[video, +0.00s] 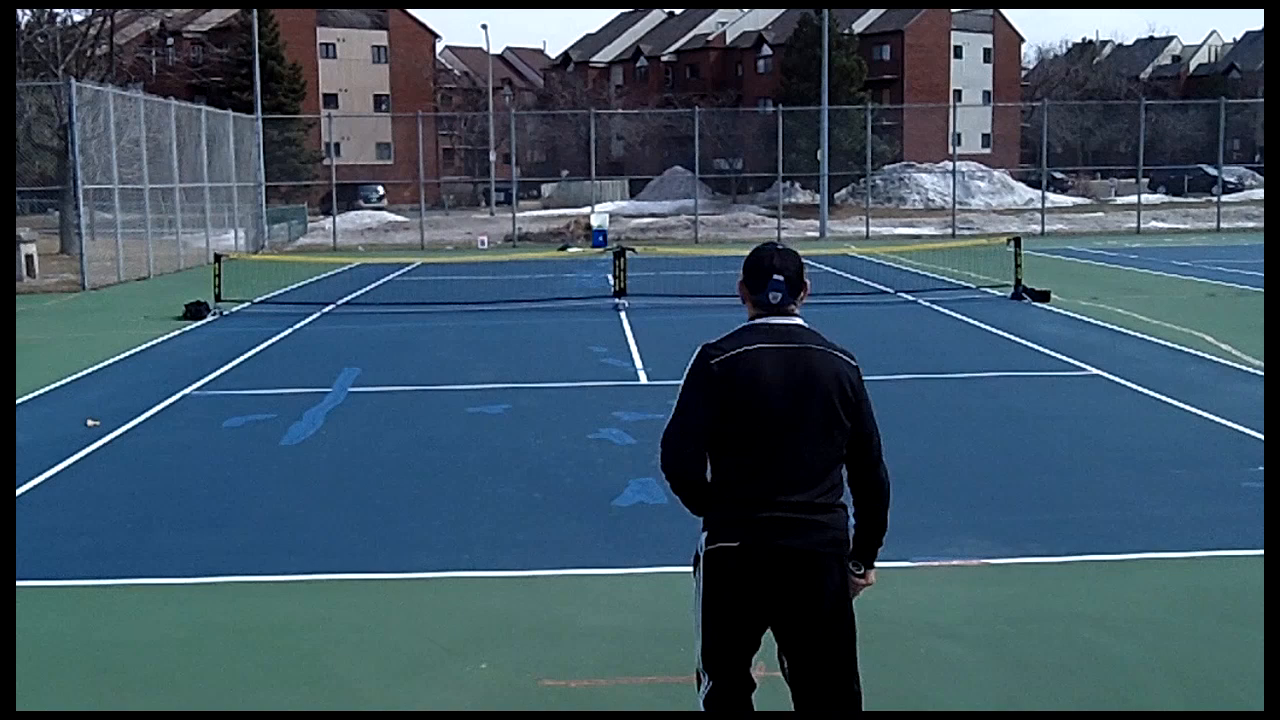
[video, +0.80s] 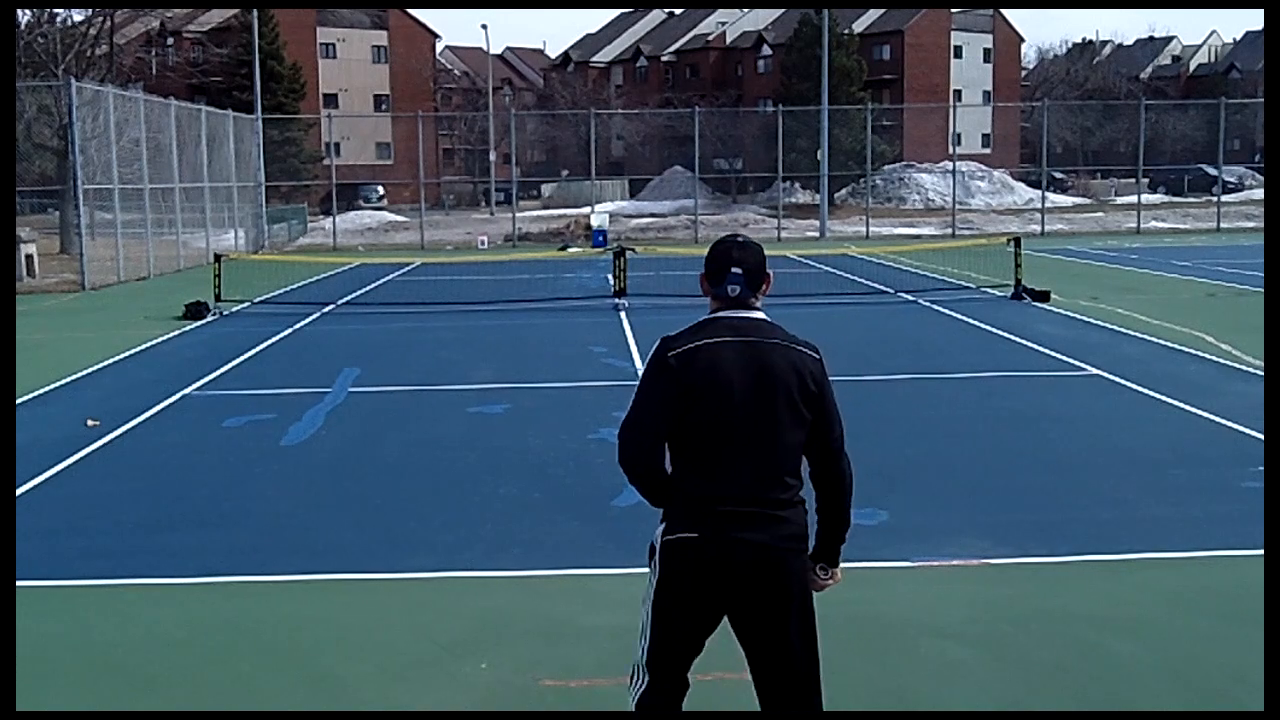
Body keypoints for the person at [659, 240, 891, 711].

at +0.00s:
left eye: (744, 288)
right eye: (800, 287)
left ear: (742, 292)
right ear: (804, 293)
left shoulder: (715, 359)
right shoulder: (839, 364)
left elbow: (677, 457)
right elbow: (871, 475)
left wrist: (715, 510)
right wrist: (863, 556)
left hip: (735, 557)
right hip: (818, 557)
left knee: (724, 682)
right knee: (829, 691)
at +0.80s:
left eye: (708, 280)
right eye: (764, 279)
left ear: (704, 285)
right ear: (766, 285)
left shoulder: (674, 353)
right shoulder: (802, 357)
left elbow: (635, 451)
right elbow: (833, 468)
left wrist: (678, 502)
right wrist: (827, 552)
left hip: (692, 552)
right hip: (776, 554)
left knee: (659, 682)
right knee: (793, 695)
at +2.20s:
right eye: (562, 300)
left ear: (500, 310)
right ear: (562, 307)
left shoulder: (467, 381)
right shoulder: (598, 379)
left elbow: (440, 494)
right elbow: (640, 483)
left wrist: (489, 481)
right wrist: (579, 505)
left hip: (488, 578)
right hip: (577, 577)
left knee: (436, 698)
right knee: (606, 704)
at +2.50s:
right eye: (505, 299)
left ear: (441, 309)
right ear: (503, 307)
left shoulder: (400, 381)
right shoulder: (537, 380)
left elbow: (358, 485)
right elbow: (576, 487)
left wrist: (418, 477)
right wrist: (521, 508)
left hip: (427, 584)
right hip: (520, 583)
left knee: (397, 707)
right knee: (563, 703)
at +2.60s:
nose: (507, 284)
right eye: (507, 279)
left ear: (444, 288)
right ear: (506, 287)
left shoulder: (405, 361)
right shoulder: (541, 355)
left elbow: (366, 467)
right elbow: (583, 460)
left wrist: (426, 458)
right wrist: (528, 485)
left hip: (436, 558)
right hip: (527, 555)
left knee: (411, 695)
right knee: (558, 686)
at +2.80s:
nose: (521, 307)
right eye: (523, 301)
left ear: (457, 309)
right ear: (522, 309)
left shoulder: (424, 385)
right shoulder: (557, 383)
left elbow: (393, 498)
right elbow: (601, 490)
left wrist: (451, 493)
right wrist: (544, 513)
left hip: (449, 588)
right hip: (537, 589)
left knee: (423, 707)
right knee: (558, 708)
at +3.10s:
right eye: (514, 295)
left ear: (448, 303)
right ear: (512, 303)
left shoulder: (406, 376)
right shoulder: (539, 380)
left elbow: (367, 484)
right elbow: (579, 493)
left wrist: (429, 487)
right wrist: (522, 518)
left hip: (426, 583)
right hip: (515, 585)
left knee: (419, 706)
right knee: (559, 704)